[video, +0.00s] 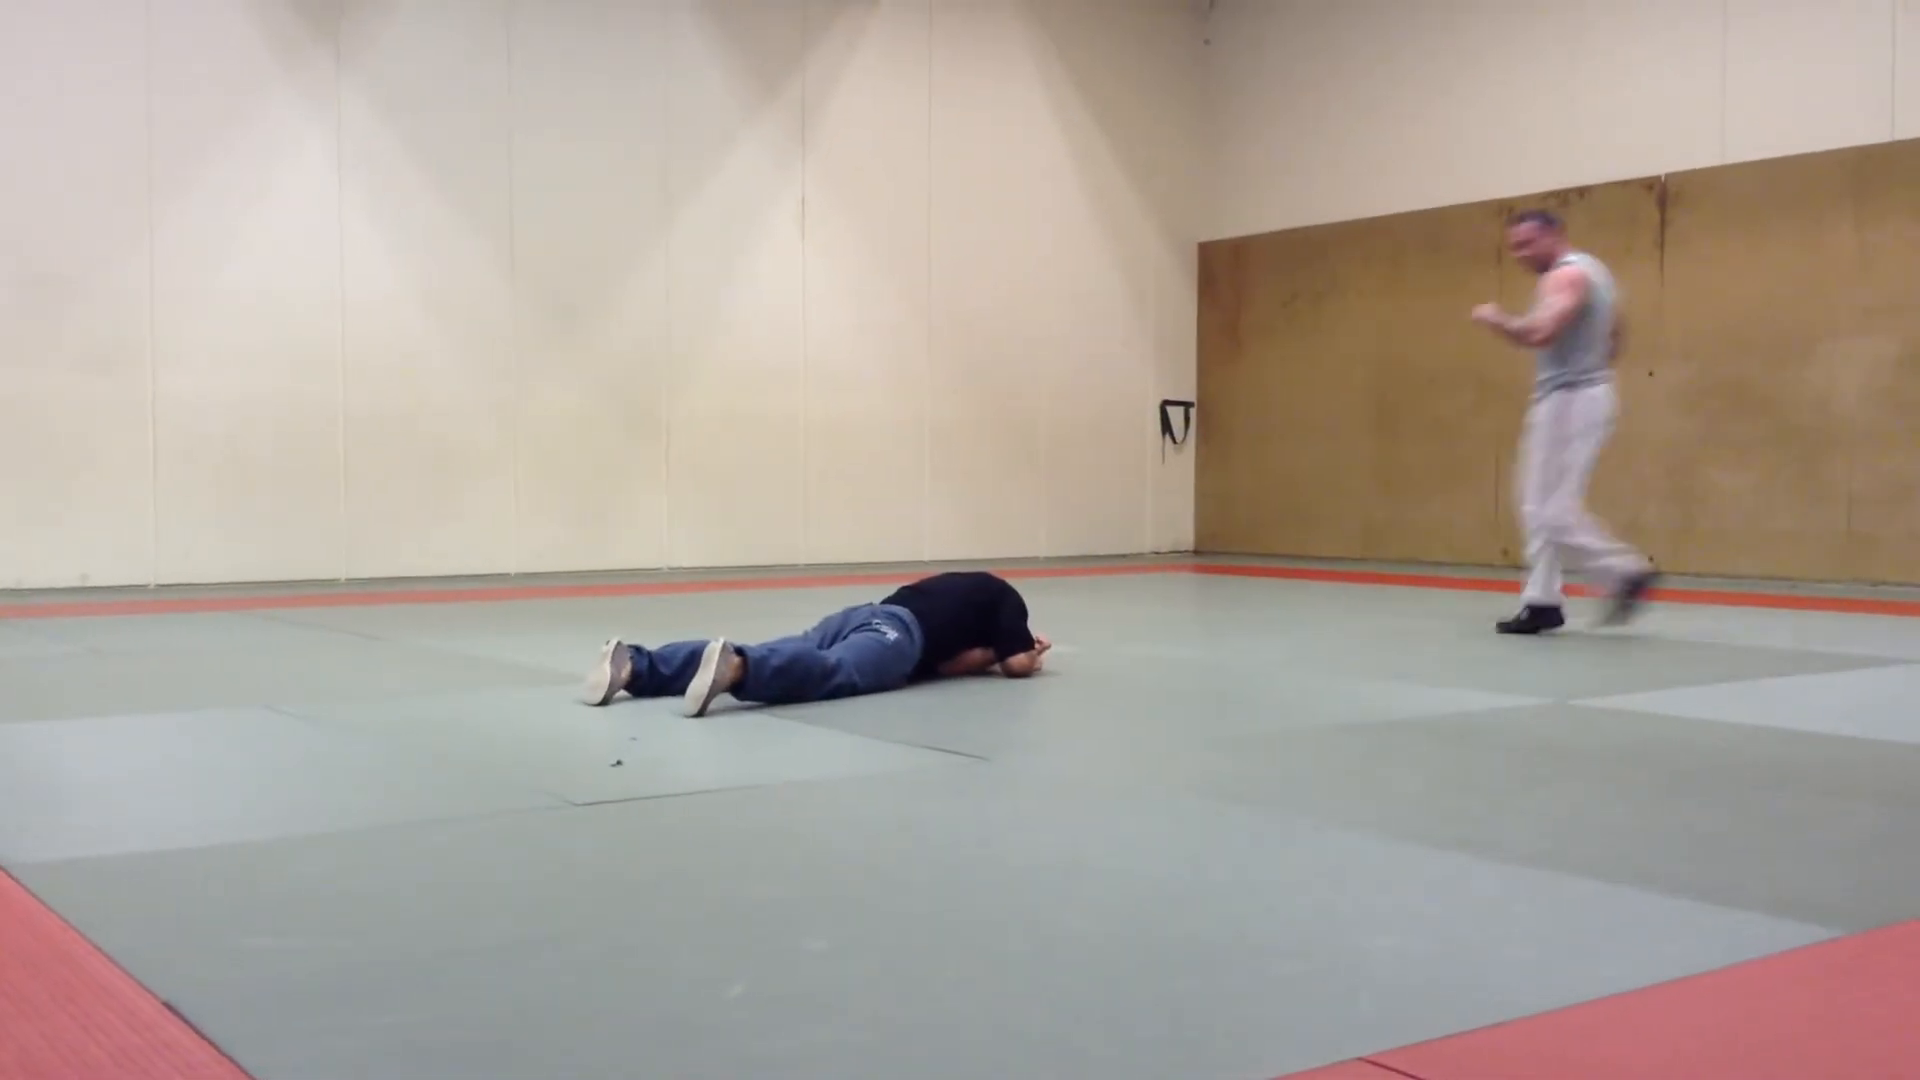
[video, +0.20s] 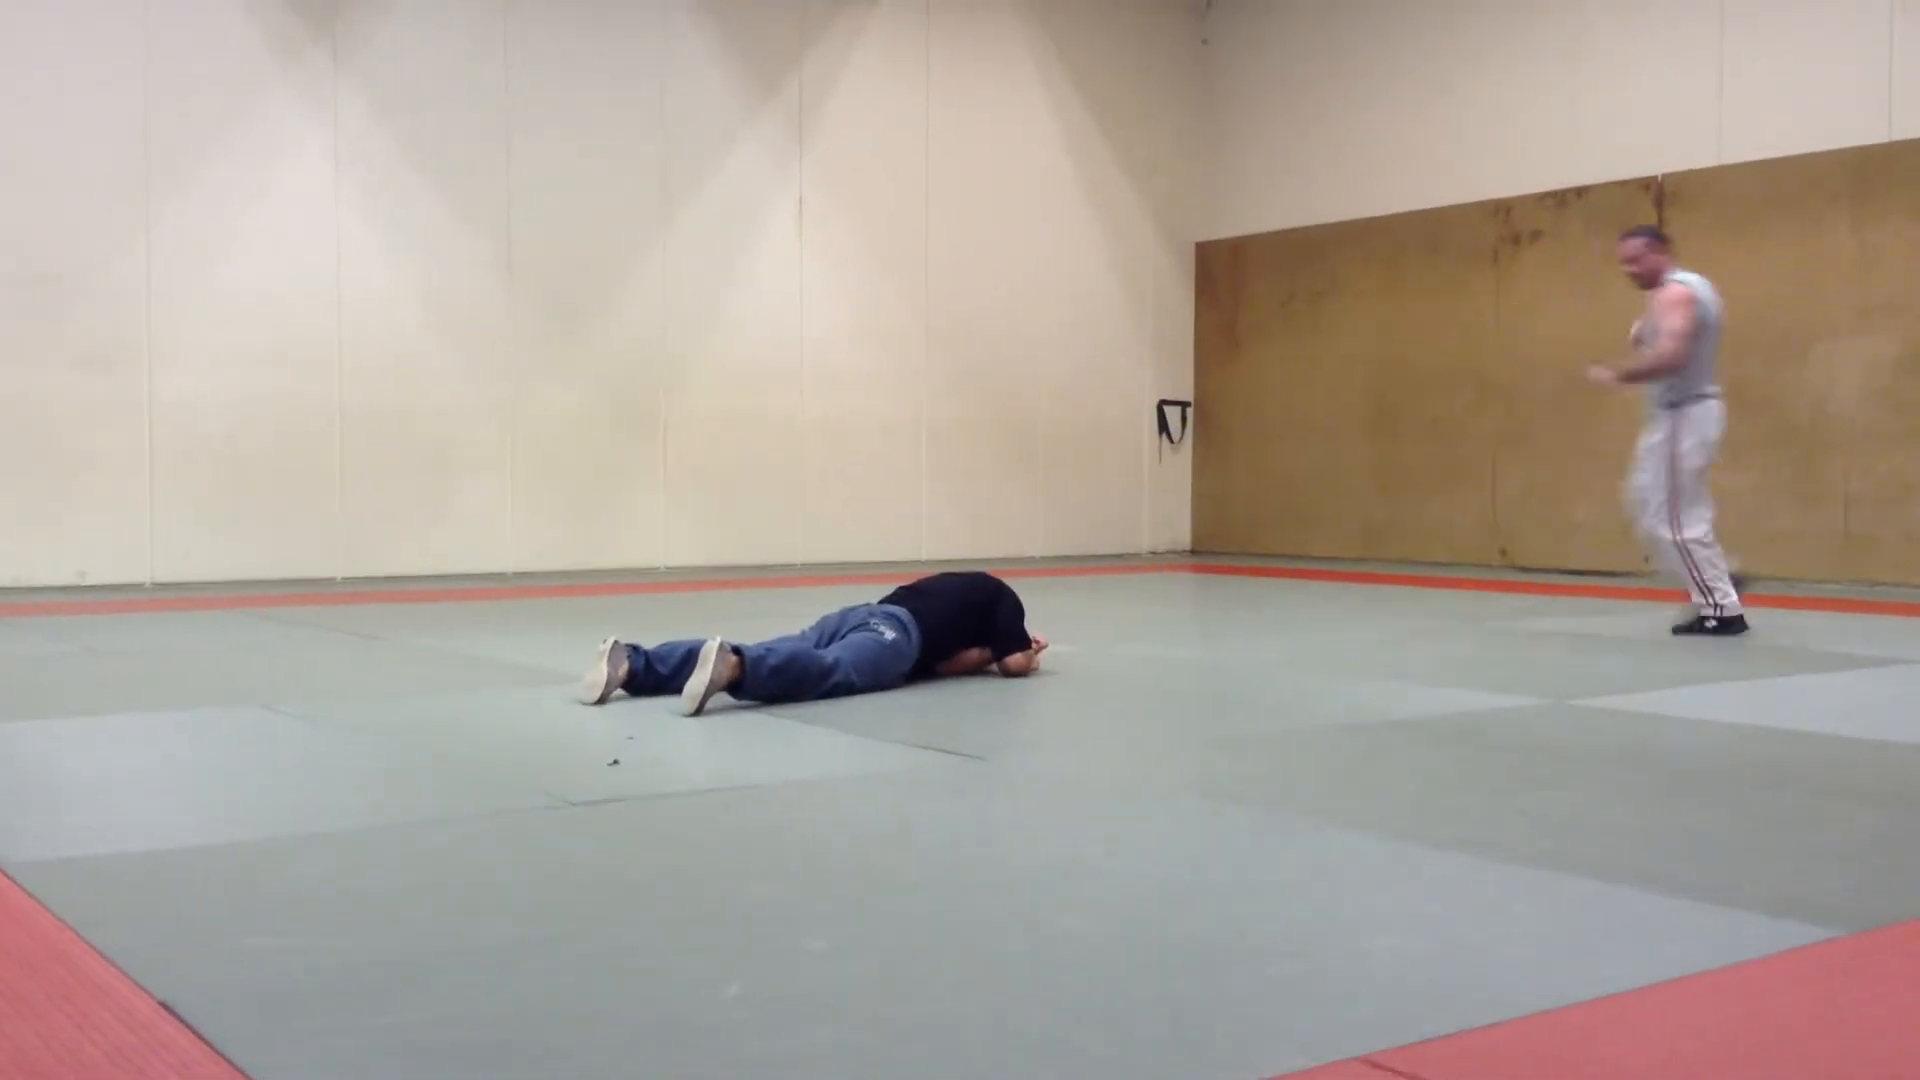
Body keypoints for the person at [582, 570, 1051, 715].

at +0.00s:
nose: (1023, 647)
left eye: (1020, 644)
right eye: (1022, 644)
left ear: (986, 601)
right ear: (1015, 606)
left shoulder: (950, 595)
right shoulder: (1003, 599)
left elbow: (943, 665)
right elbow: (1016, 662)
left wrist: (1004, 653)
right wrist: (1029, 658)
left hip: (858, 616)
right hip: (900, 627)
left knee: (767, 653)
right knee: (834, 671)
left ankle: (635, 667)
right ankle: (740, 668)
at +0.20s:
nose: (1019, 645)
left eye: (1016, 642)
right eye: (1019, 642)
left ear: (976, 591)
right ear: (1010, 604)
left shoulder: (944, 594)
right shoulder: (999, 597)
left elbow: (939, 665)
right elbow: (1014, 661)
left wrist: (999, 653)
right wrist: (1027, 656)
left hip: (856, 616)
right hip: (898, 627)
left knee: (765, 652)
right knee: (832, 670)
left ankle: (633, 666)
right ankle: (738, 667)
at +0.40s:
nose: (1014, 642)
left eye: (1015, 640)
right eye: (1017, 639)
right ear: (1014, 613)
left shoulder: (946, 590)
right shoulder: (993, 591)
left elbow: (929, 660)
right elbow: (1002, 658)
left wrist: (993, 646)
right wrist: (1023, 656)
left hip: (857, 613)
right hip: (892, 628)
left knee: (756, 653)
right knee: (826, 664)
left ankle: (626, 663)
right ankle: (729, 665)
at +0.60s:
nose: (1014, 639)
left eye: (1011, 635)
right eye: (1014, 630)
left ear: (967, 586)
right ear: (1000, 598)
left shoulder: (942, 592)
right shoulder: (986, 590)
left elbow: (930, 657)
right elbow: (993, 653)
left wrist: (1002, 647)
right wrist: (1013, 655)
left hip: (856, 610)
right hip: (889, 627)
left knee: (762, 645)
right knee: (823, 665)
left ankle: (623, 660)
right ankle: (730, 662)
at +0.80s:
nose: (1015, 634)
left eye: (1011, 626)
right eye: (1013, 623)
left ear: (979, 586)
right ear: (999, 601)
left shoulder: (951, 582)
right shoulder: (986, 599)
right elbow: (993, 656)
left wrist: (1008, 641)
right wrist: (1016, 654)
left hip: (864, 610)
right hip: (889, 636)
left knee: (769, 646)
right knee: (815, 667)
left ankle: (624, 662)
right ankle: (727, 662)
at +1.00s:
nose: (1016, 638)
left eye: (1011, 629)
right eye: (1011, 626)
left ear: (983, 592)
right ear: (999, 609)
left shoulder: (959, 579)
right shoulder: (984, 607)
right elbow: (988, 659)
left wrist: (1003, 642)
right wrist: (1015, 656)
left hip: (869, 612)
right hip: (893, 639)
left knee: (770, 649)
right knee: (815, 669)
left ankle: (625, 664)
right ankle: (728, 664)